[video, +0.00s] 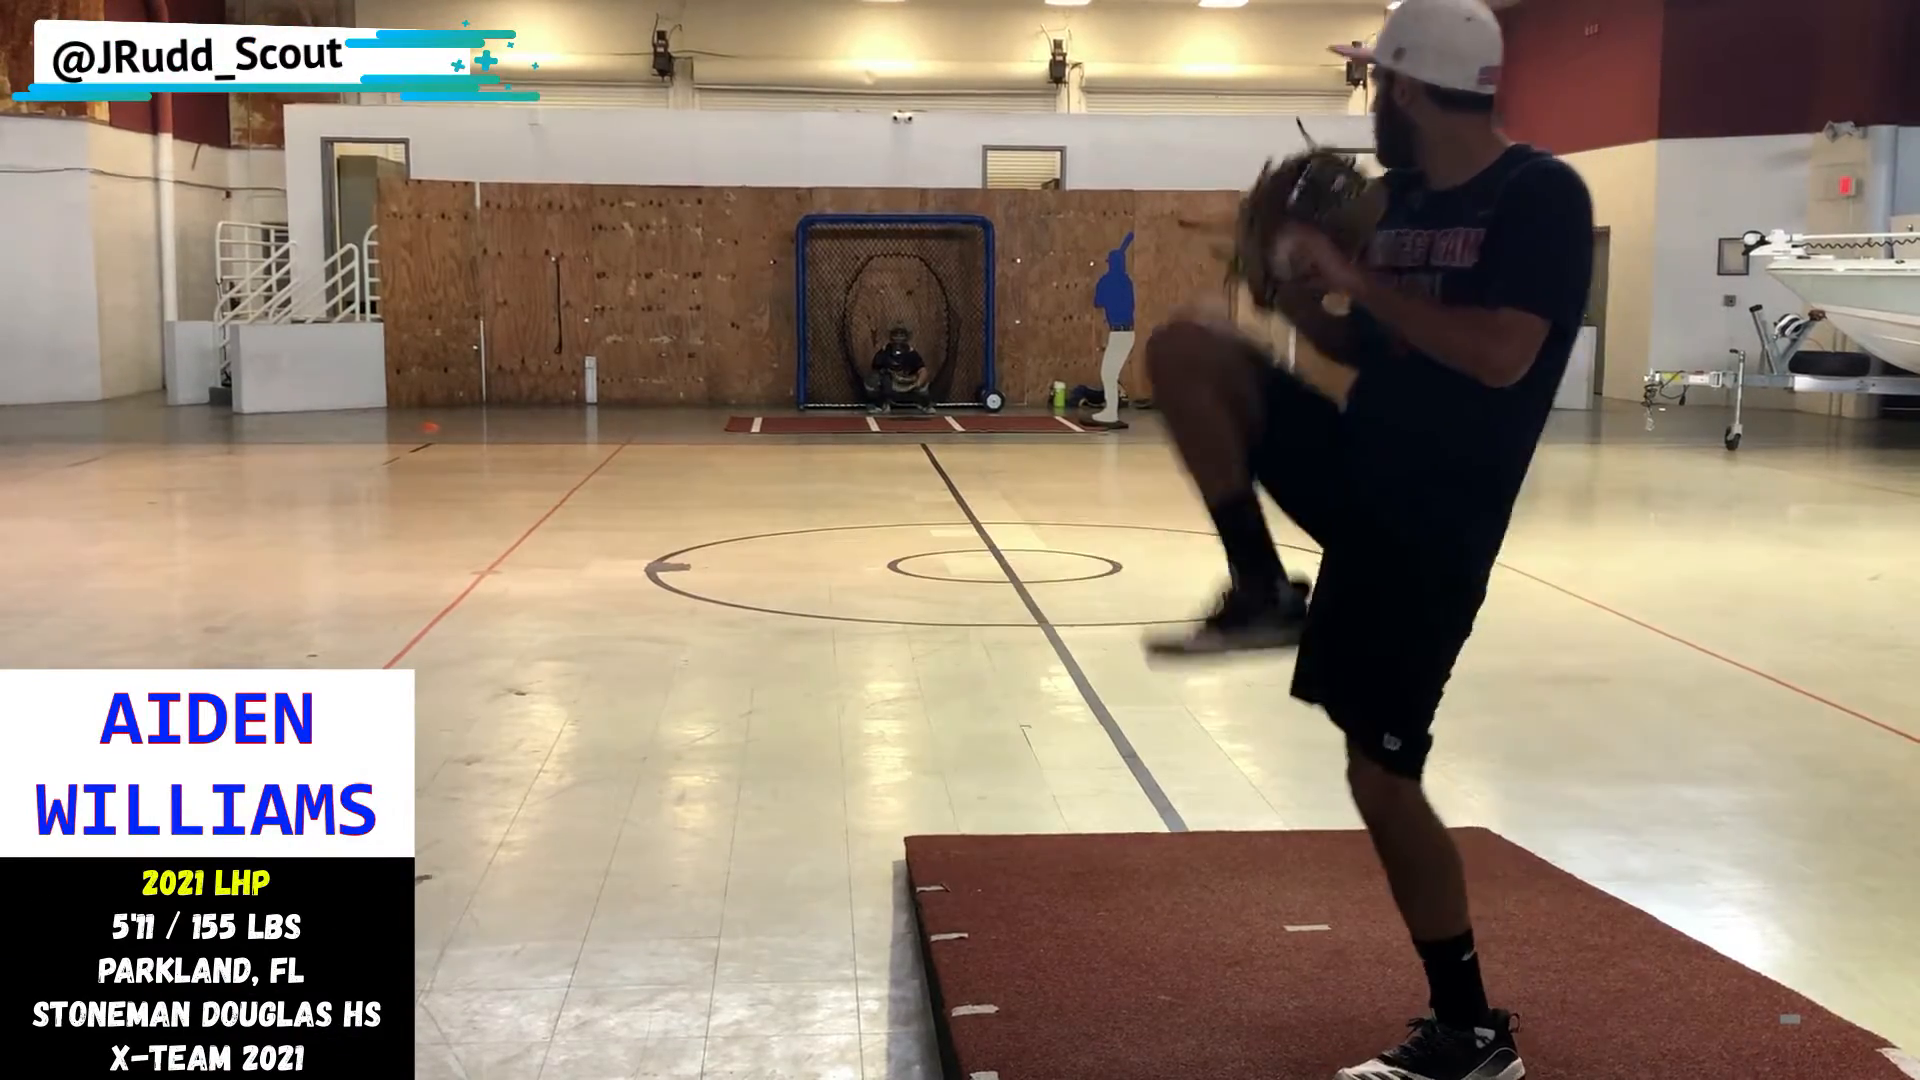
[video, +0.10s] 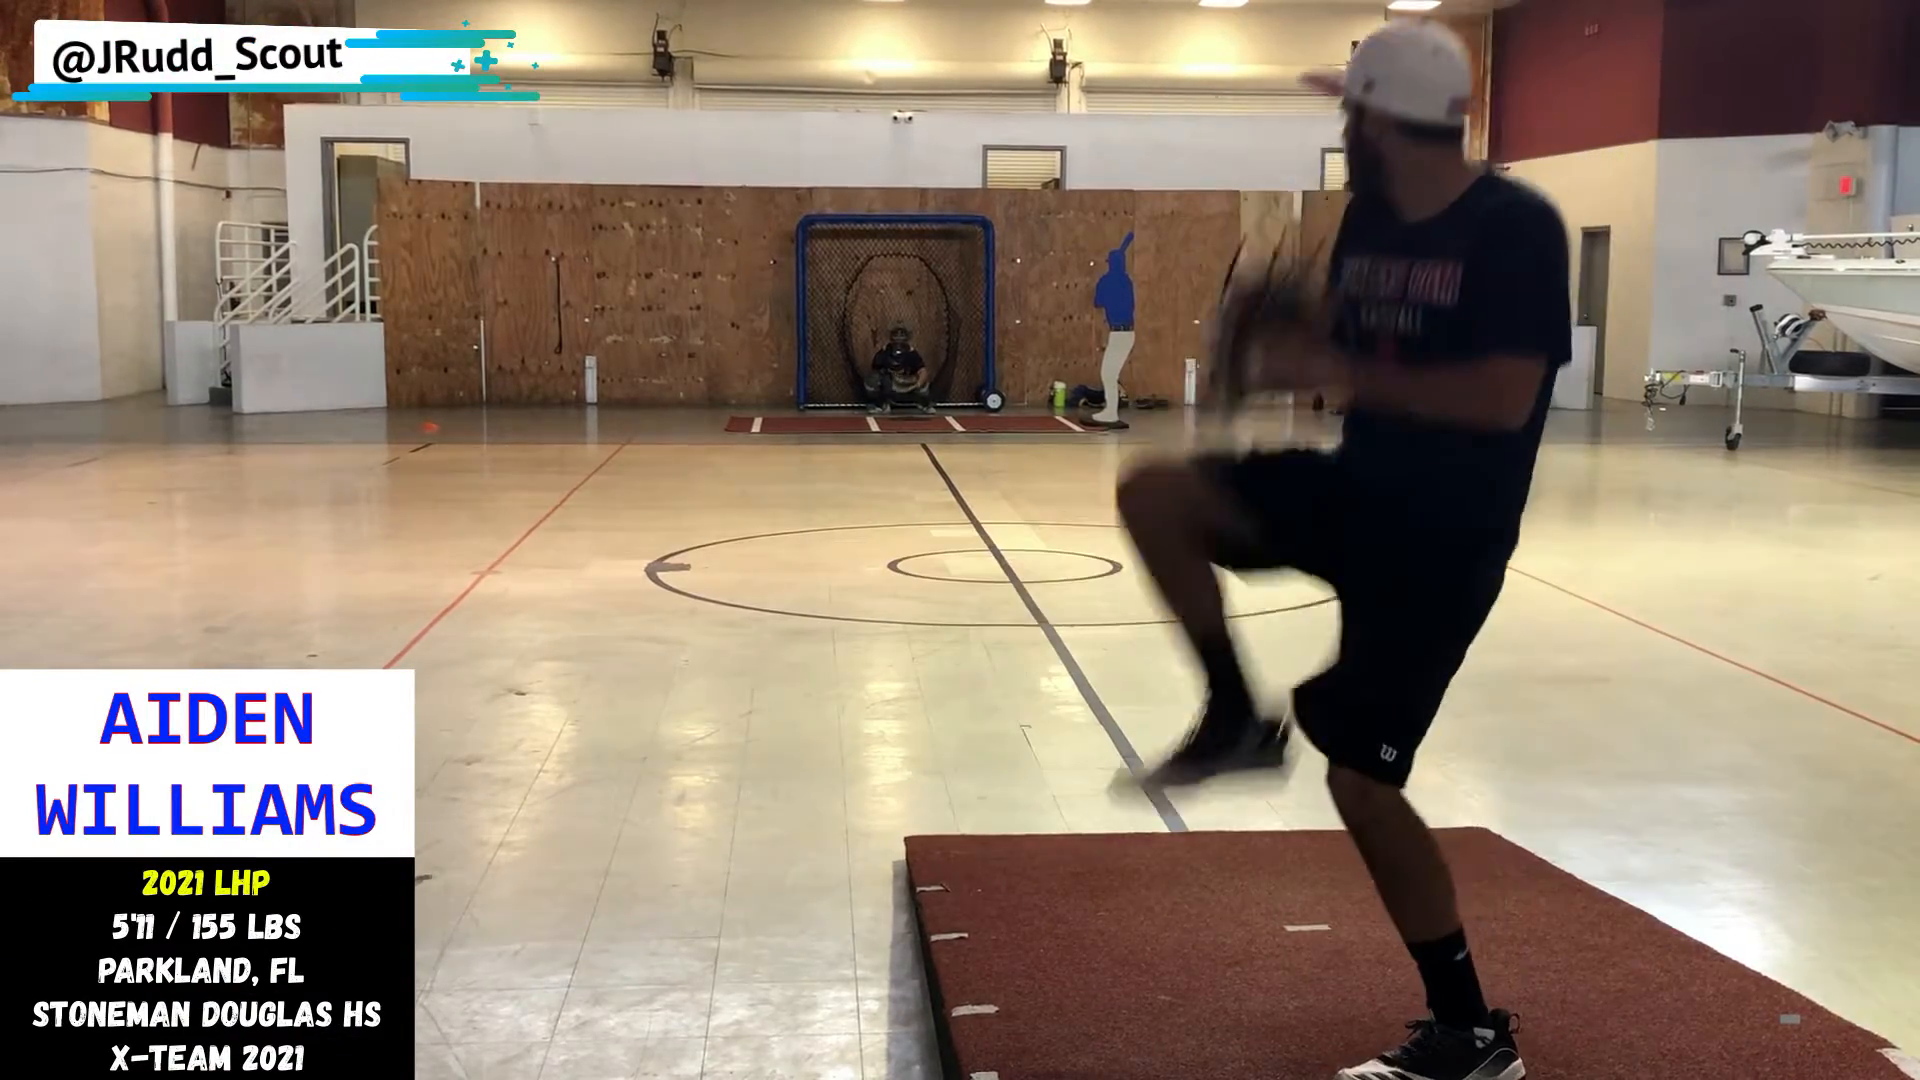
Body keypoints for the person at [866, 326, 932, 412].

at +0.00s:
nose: (898, 344)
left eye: (902, 341)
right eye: (895, 341)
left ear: (906, 341)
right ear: (891, 340)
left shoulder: (912, 354)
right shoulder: (882, 354)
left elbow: (923, 371)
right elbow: (875, 371)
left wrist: (918, 384)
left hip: (909, 381)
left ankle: (925, 405)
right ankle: (884, 405)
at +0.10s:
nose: (898, 344)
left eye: (902, 341)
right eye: (895, 341)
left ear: (907, 340)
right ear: (891, 340)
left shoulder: (912, 353)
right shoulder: (882, 354)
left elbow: (923, 372)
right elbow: (875, 371)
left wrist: (918, 385)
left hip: (910, 380)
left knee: (924, 385)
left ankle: (925, 405)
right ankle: (882, 405)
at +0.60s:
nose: (899, 342)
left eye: (903, 339)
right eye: (896, 339)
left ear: (908, 340)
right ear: (892, 339)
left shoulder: (914, 355)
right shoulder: (883, 354)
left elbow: (925, 374)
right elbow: (876, 373)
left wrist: (919, 387)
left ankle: (925, 405)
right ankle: (882, 405)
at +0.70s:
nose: (899, 342)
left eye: (903, 339)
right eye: (896, 339)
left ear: (907, 339)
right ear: (892, 339)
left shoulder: (914, 354)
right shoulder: (883, 354)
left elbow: (925, 374)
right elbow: (876, 373)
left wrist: (918, 389)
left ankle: (925, 405)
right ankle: (882, 405)